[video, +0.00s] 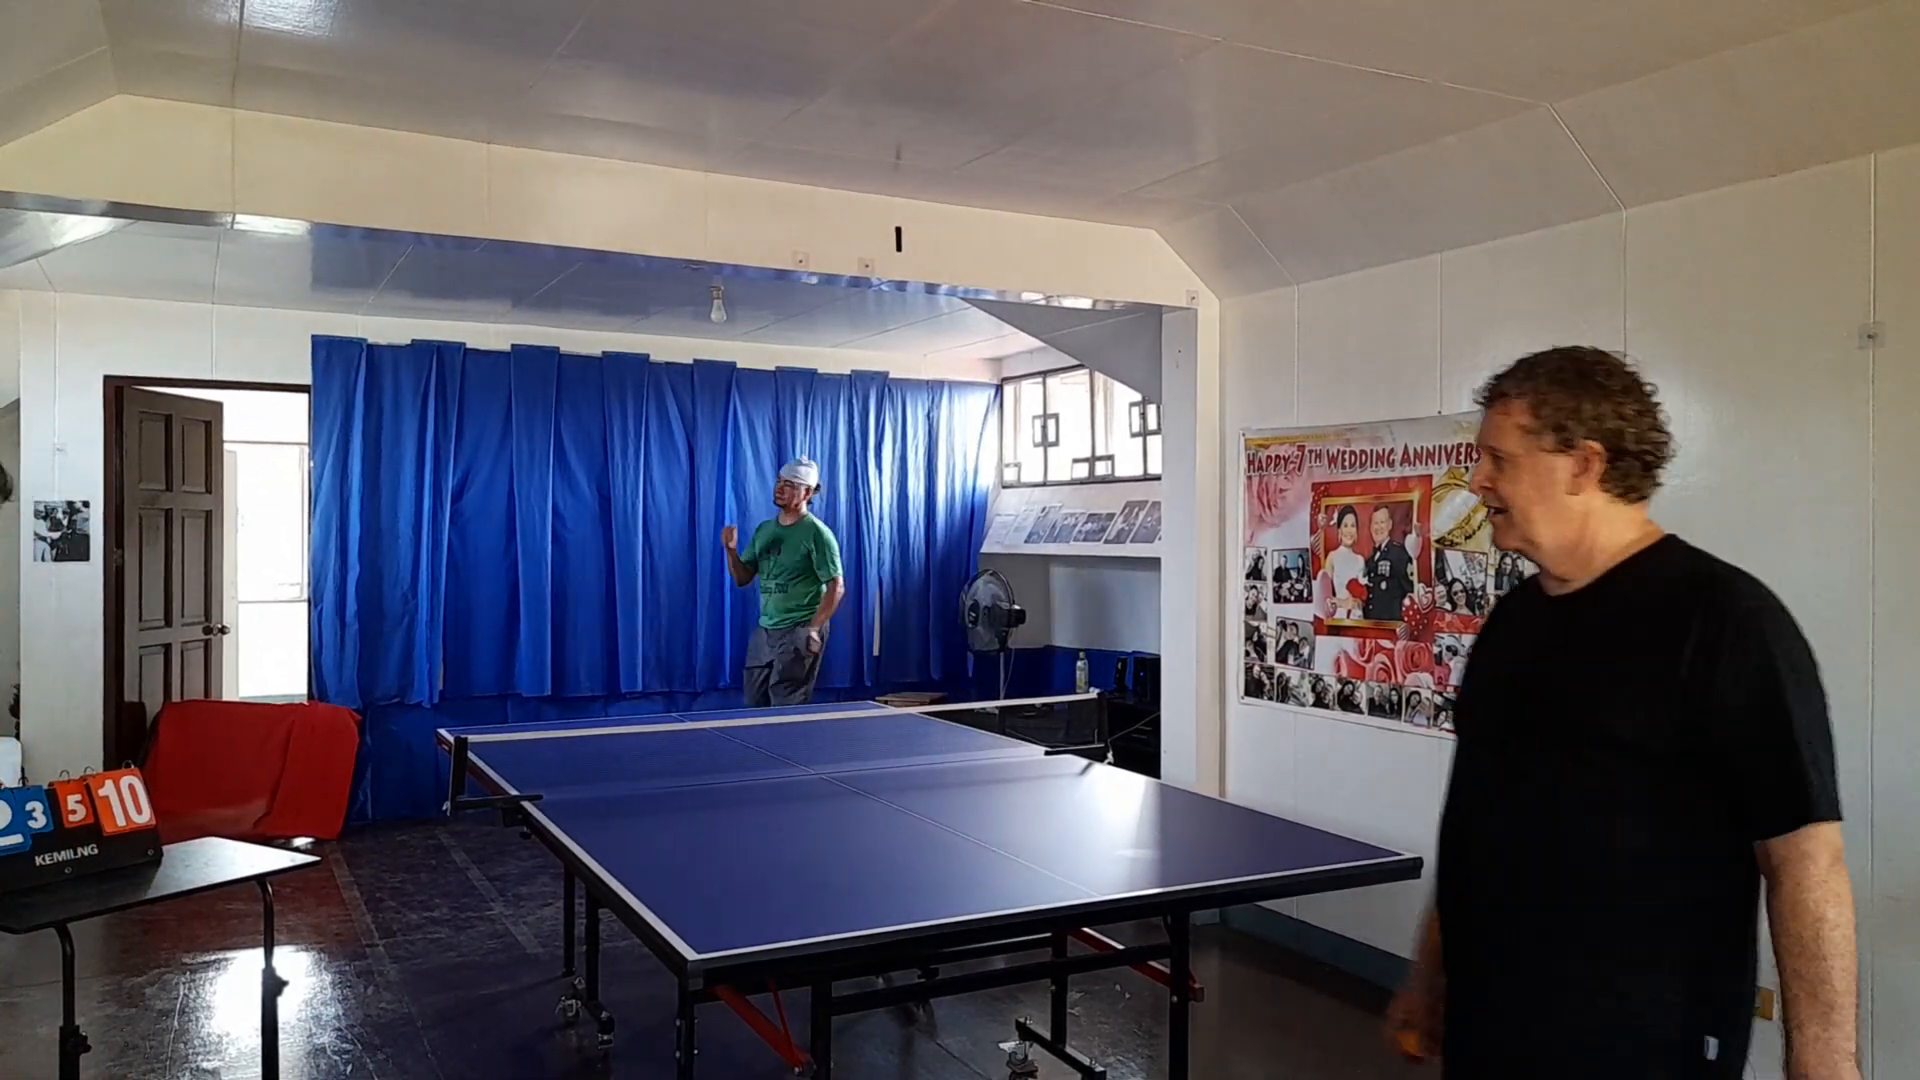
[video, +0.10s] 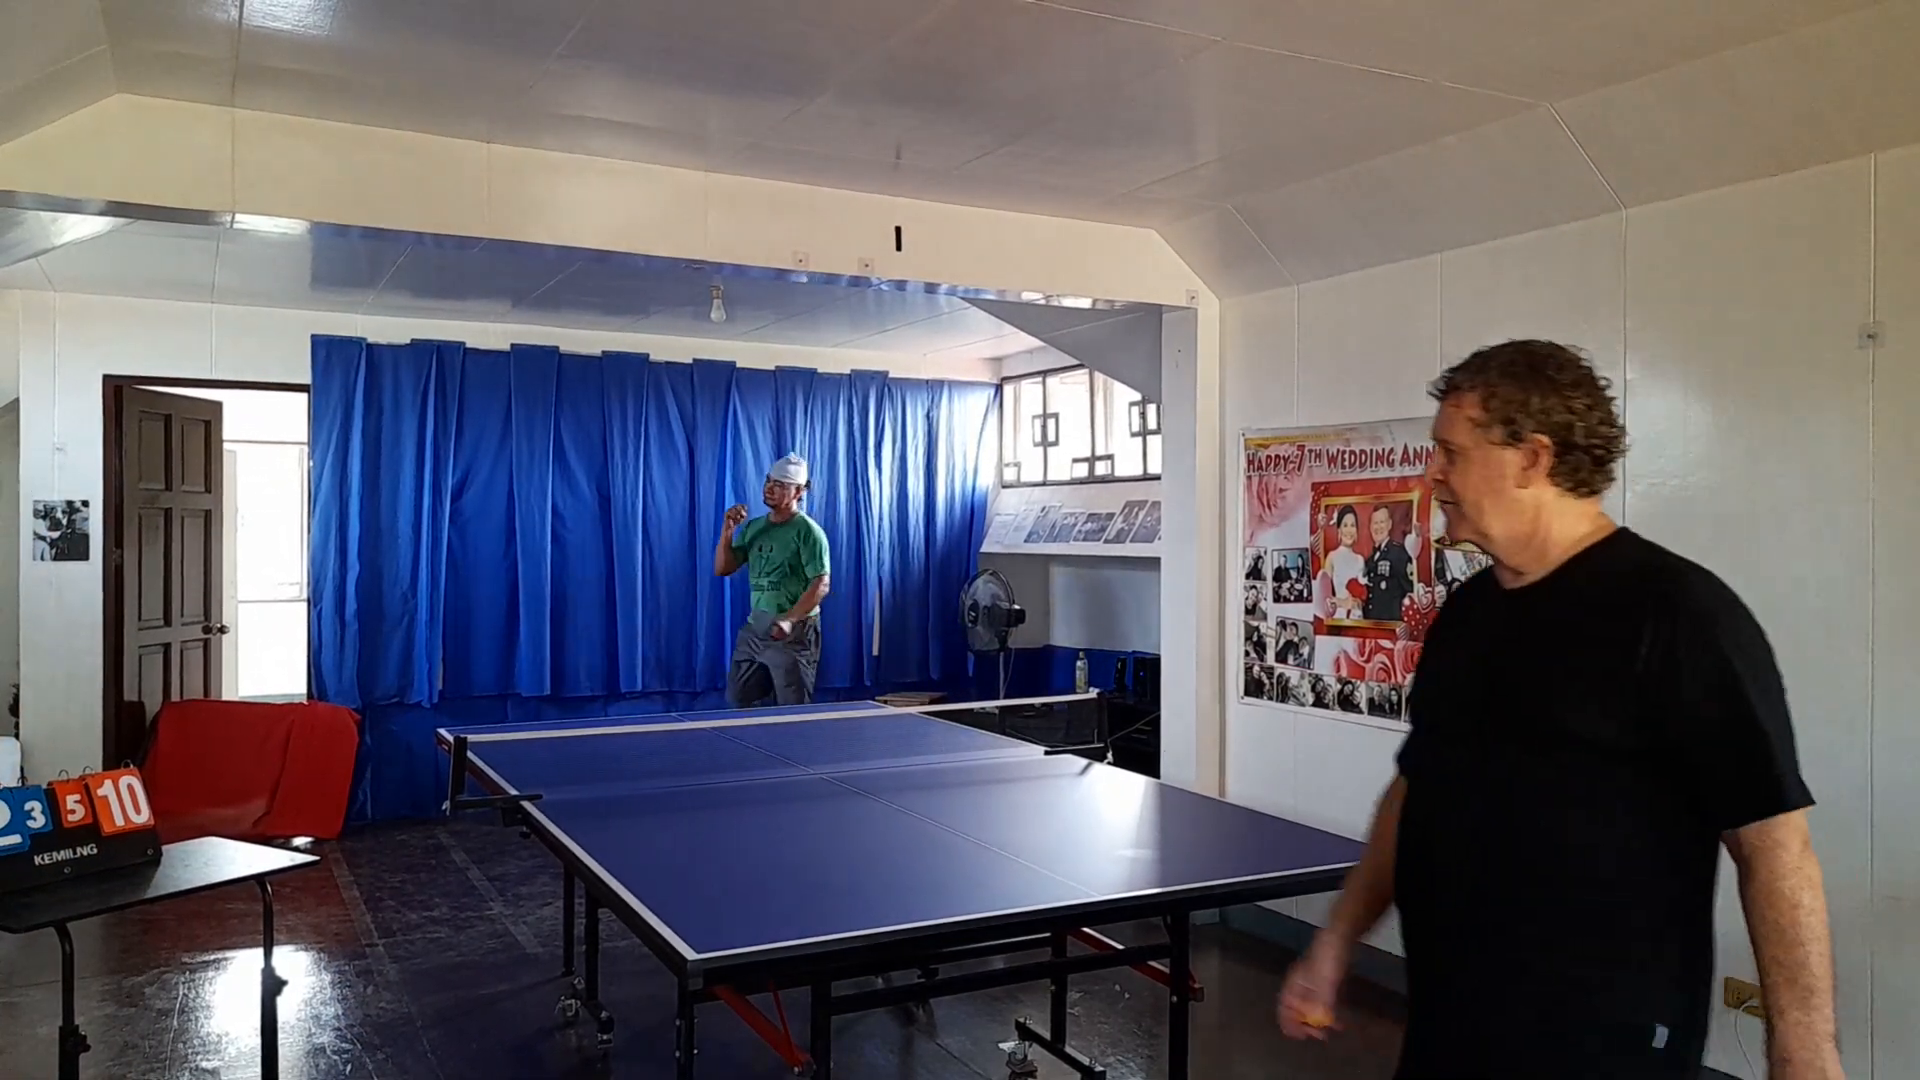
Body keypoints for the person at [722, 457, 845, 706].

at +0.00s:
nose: (780, 488)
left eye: (790, 485)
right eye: (779, 481)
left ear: (807, 494)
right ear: (775, 483)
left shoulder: (818, 534)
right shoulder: (765, 530)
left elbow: (836, 586)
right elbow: (742, 578)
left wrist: (814, 628)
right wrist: (730, 550)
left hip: (800, 633)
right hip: (765, 633)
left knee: (785, 706)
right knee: (754, 703)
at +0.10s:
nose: (770, 488)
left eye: (780, 485)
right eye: (769, 482)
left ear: (798, 492)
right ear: (765, 484)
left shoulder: (809, 532)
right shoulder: (753, 527)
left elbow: (821, 585)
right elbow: (723, 568)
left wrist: (789, 620)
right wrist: (727, 531)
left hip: (793, 635)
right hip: (755, 630)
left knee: (793, 714)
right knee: (738, 702)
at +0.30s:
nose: (748, 498)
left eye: (757, 492)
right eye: (746, 490)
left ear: (775, 496)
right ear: (740, 492)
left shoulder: (785, 537)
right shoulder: (730, 531)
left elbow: (788, 593)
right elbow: (693, 561)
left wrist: (742, 620)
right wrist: (717, 518)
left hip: (772, 644)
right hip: (729, 645)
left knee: (782, 725)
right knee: (721, 726)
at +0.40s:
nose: (733, 499)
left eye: (741, 494)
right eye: (729, 492)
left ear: (759, 497)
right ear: (724, 493)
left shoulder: (771, 539)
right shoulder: (715, 533)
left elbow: (772, 597)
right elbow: (678, 564)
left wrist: (732, 634)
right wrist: (704, 521)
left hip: (756, 646)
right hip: (712, 645)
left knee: (761, 727)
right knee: (704, 728)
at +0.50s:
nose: (718, 497)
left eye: (727, 492)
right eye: (714, 490)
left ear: (745, 496)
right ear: (708, 492)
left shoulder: (756, 540)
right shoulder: (697, 535)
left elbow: (760, 602)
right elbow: (659, 568)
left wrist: (740, 651)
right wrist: (688, 531)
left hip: (736, 647)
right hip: (693, 643)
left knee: (741, 725)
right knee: (686, 721)